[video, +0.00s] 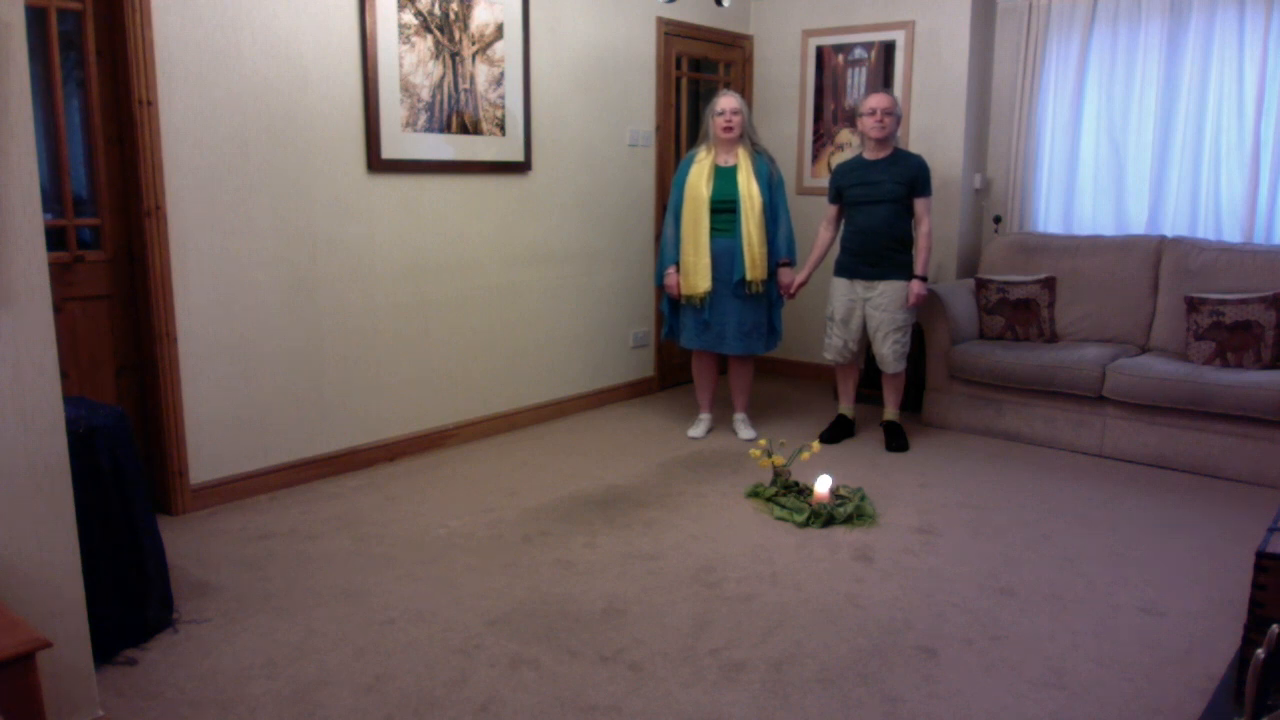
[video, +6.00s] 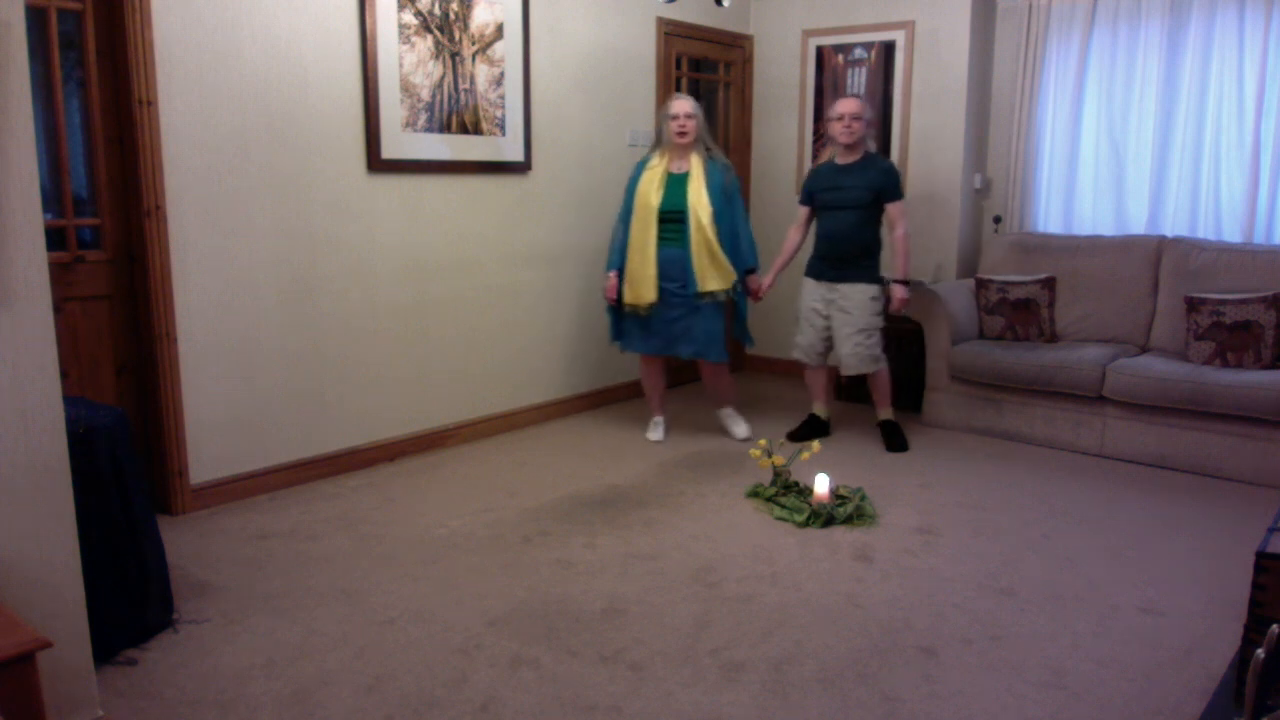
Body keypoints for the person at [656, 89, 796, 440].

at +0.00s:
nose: (728, 119)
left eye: (735, 113)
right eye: (721, 113)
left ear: (745, 119)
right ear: (710, 120)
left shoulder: (762, 163)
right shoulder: (692, 163)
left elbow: (779, 215)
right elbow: (673, 218)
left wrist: (784, 264)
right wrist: (670, 266)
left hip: (748, 268)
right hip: (700, 268)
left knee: (742, 344)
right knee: (702, 343)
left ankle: (741, 415)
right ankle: (704, 413)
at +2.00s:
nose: (729, 119)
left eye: (736, 113)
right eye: (722, 113)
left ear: (747, 119)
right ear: (712, 120)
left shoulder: (763, 164)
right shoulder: (693, 163)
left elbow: (780, 216)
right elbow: (675, 217)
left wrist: (785, 264)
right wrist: (668, 265)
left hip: (749, 268)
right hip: (700, 268)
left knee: (743, 344)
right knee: (702, 343)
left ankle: (741, 414)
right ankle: (705, 413)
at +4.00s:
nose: (731, 119)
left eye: (737, 113)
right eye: (723, 114)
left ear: (748, 119)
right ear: (713, 120)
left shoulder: (764, 164)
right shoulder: (694, 163)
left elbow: (781, 216)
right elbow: (676, 218)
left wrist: (786, 264)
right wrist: (672, 266)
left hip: (750, 269)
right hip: (702, 269)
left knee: (743, 344)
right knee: (703, 343)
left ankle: (741, 414)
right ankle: (705, 413)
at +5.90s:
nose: (692, 123)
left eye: (699, 116)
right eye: (685, 117)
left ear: (710, 122)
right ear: (674, 124)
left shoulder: (728, 168)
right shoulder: (655, 168)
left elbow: (748, 222)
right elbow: (637, 224)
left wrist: (762, 269)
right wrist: (626, 270)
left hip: (715, 274)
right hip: (660, 274)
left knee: (725, 348)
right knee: (656, 349)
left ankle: (736, 413)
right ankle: (658, 415)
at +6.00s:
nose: (682, 124)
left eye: (689, 117)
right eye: (674, 118)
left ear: (700, 123)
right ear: (664, 124)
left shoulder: (718, 170)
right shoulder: (645, 168)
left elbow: (737, 224)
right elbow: (625, 223)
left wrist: (750, 271)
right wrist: (614, 270)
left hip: (702, 279)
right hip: (650, 278)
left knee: (712, 349)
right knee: (650, 350)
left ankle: (726, 409)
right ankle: (656, 416)